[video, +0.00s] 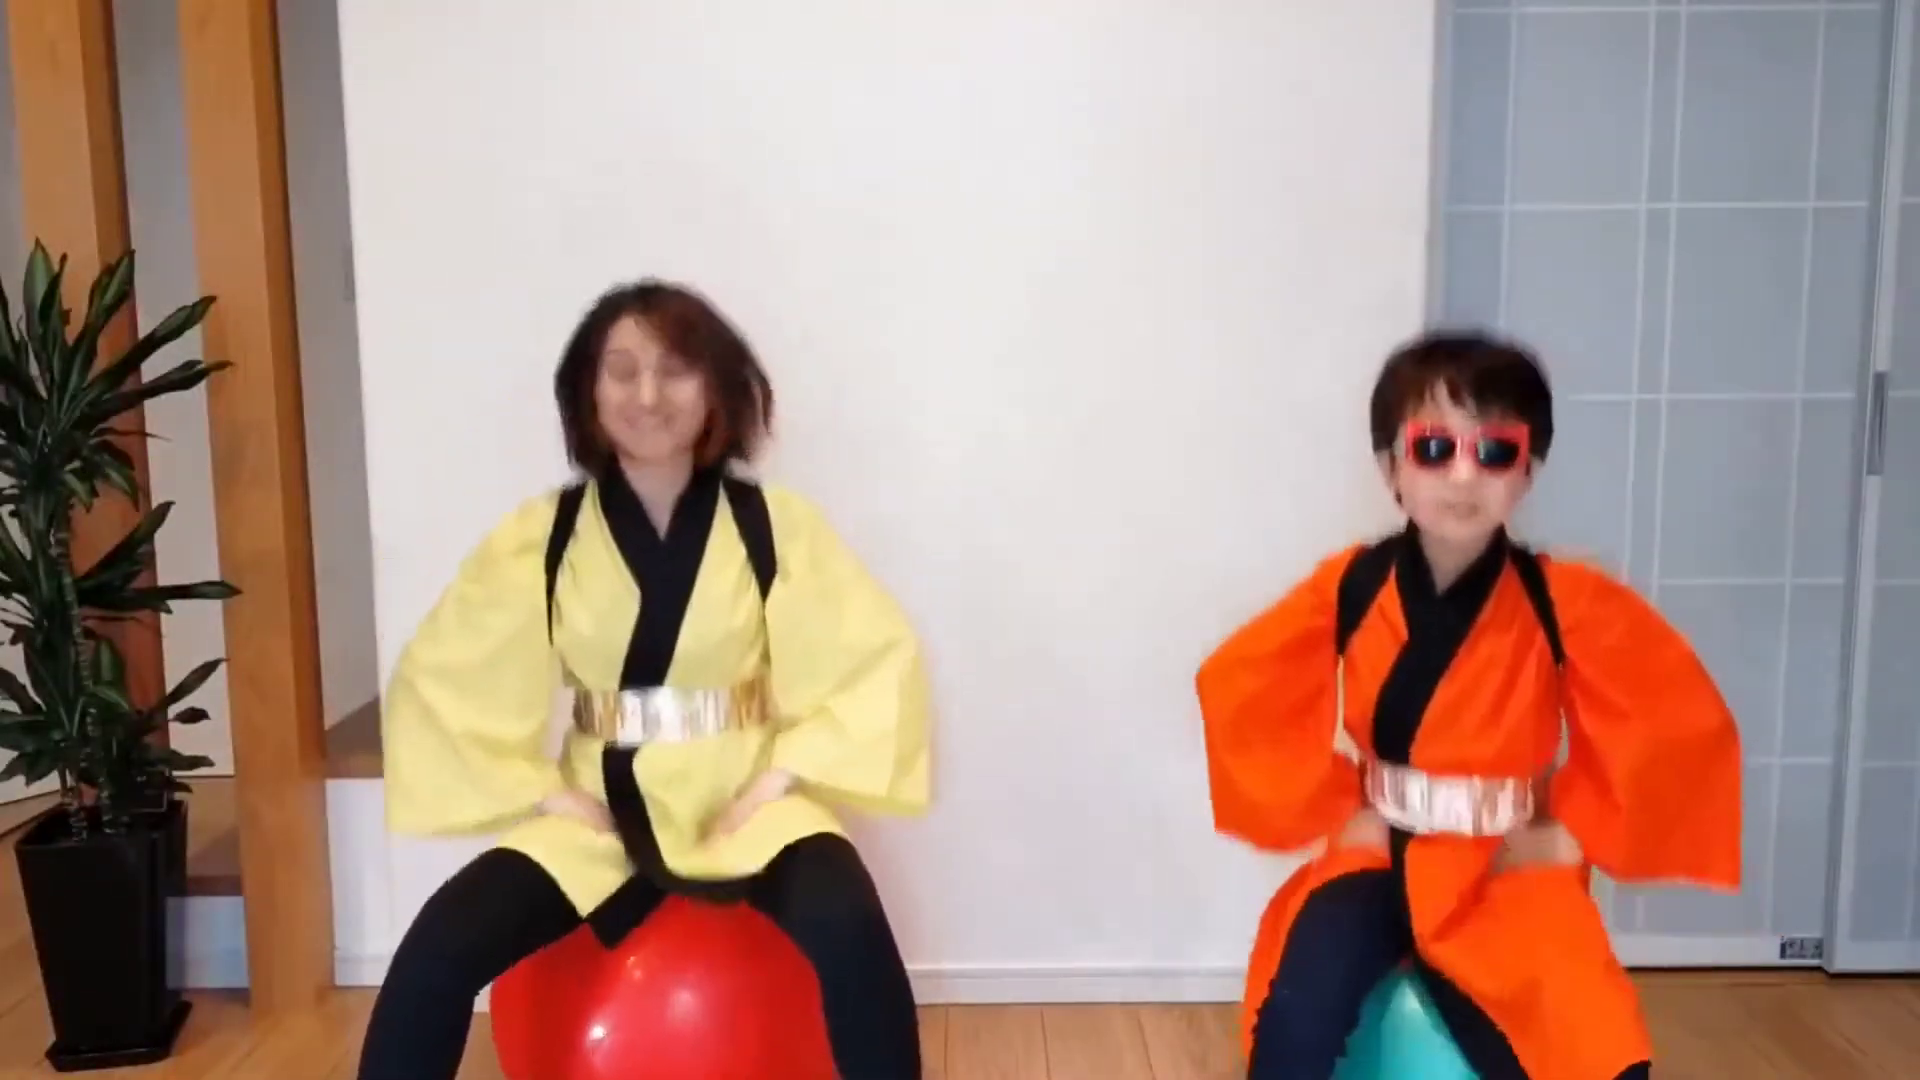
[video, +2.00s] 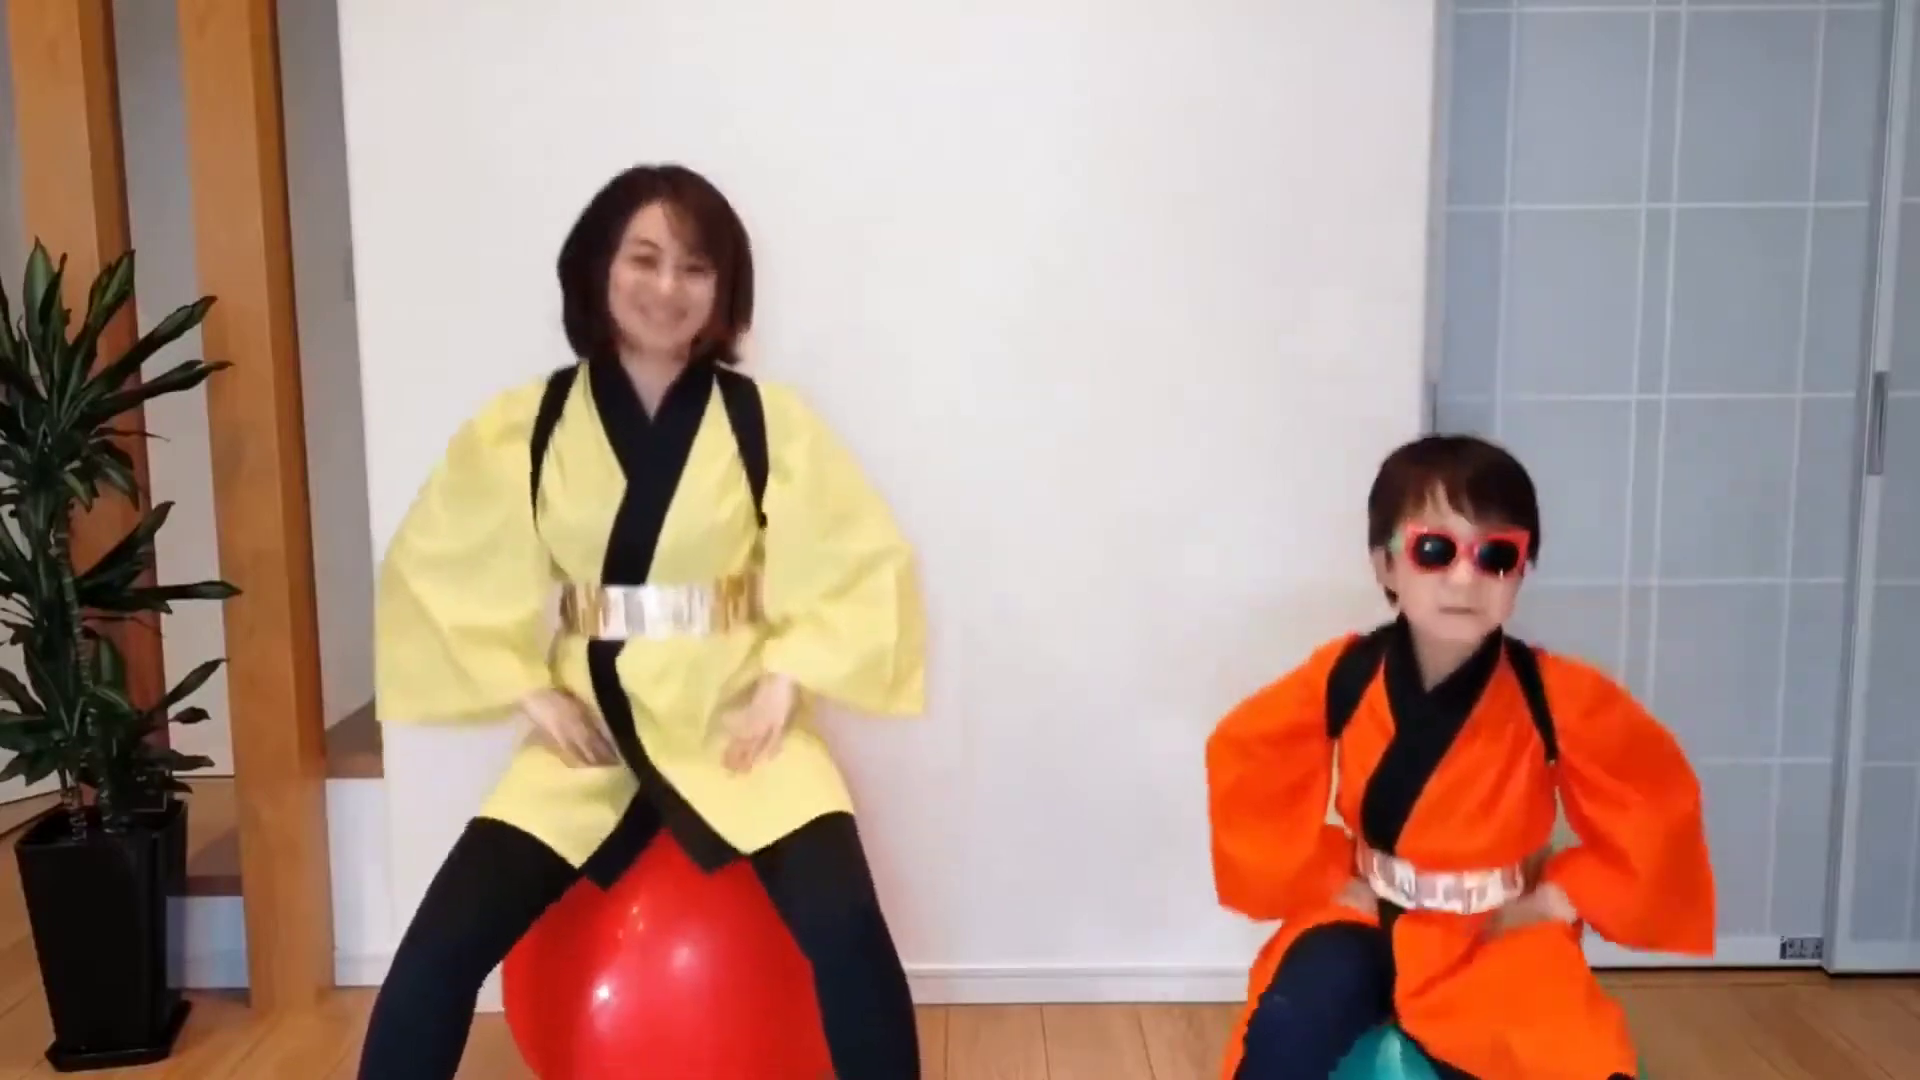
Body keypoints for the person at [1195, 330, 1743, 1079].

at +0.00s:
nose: (1464, 473)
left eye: (1497, 450)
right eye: (1434, 446)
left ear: (1529, 474)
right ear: (1392, 470)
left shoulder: (1564, 601)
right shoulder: (1354, 585)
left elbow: (1687, 728)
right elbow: (1234, 687)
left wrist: (1572, 835)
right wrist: (1336, 813)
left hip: (1514, 871)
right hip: (1375, 859)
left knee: (1599, 1046)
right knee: (1301, 1006)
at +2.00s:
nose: (1464, 577)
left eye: (1495, 556)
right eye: (1433, 551)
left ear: (1521, 575)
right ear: (1384, 569)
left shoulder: (1555, 694)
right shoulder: (1345, 677)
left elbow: (1662, 805)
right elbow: (1241, 755)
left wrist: (1557, 898)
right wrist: (1324, 867)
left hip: (1502, 936)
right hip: (1368, 921)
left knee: (1584, 1057)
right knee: (1313, 986)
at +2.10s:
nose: (1474, 514)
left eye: (1507, 492)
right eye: (1445, 484)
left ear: (1535, 499)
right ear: (1394, 487)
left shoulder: (1558, 614)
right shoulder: (1350, 599)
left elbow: (1654, 706)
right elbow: (1236, 678)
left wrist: (1595, 792)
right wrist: (1304, 792)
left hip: (1495, 880)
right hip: (1358, 868)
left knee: (1593, 1052)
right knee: (1258, 1026)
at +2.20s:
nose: (1494, 470)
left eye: (1528, 449)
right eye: (1468, 439)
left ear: (1558, 443)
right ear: (1414, 421)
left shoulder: (1562, 538)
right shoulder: (1359, 520)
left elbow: (1694, 613)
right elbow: (1219, 578)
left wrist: (1672, 664)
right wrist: (1250, 662)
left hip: (1493, 820)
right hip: (1355, 809)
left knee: (1614, 1020)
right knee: (1255, 996)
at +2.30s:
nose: (1515, 484)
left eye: (1551, 463)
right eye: (1491, 449)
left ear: (1580, 454)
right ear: (1434, 420)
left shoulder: (1568, 539)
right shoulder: (1371, 511)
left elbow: (1690, 598)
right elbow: (1216, 549)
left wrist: (1699, 665)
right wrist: (1227, 606)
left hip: (1495, 812)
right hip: (1356, 799)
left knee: (1629, 977)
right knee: (1254, 969)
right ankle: (1248, 1071)